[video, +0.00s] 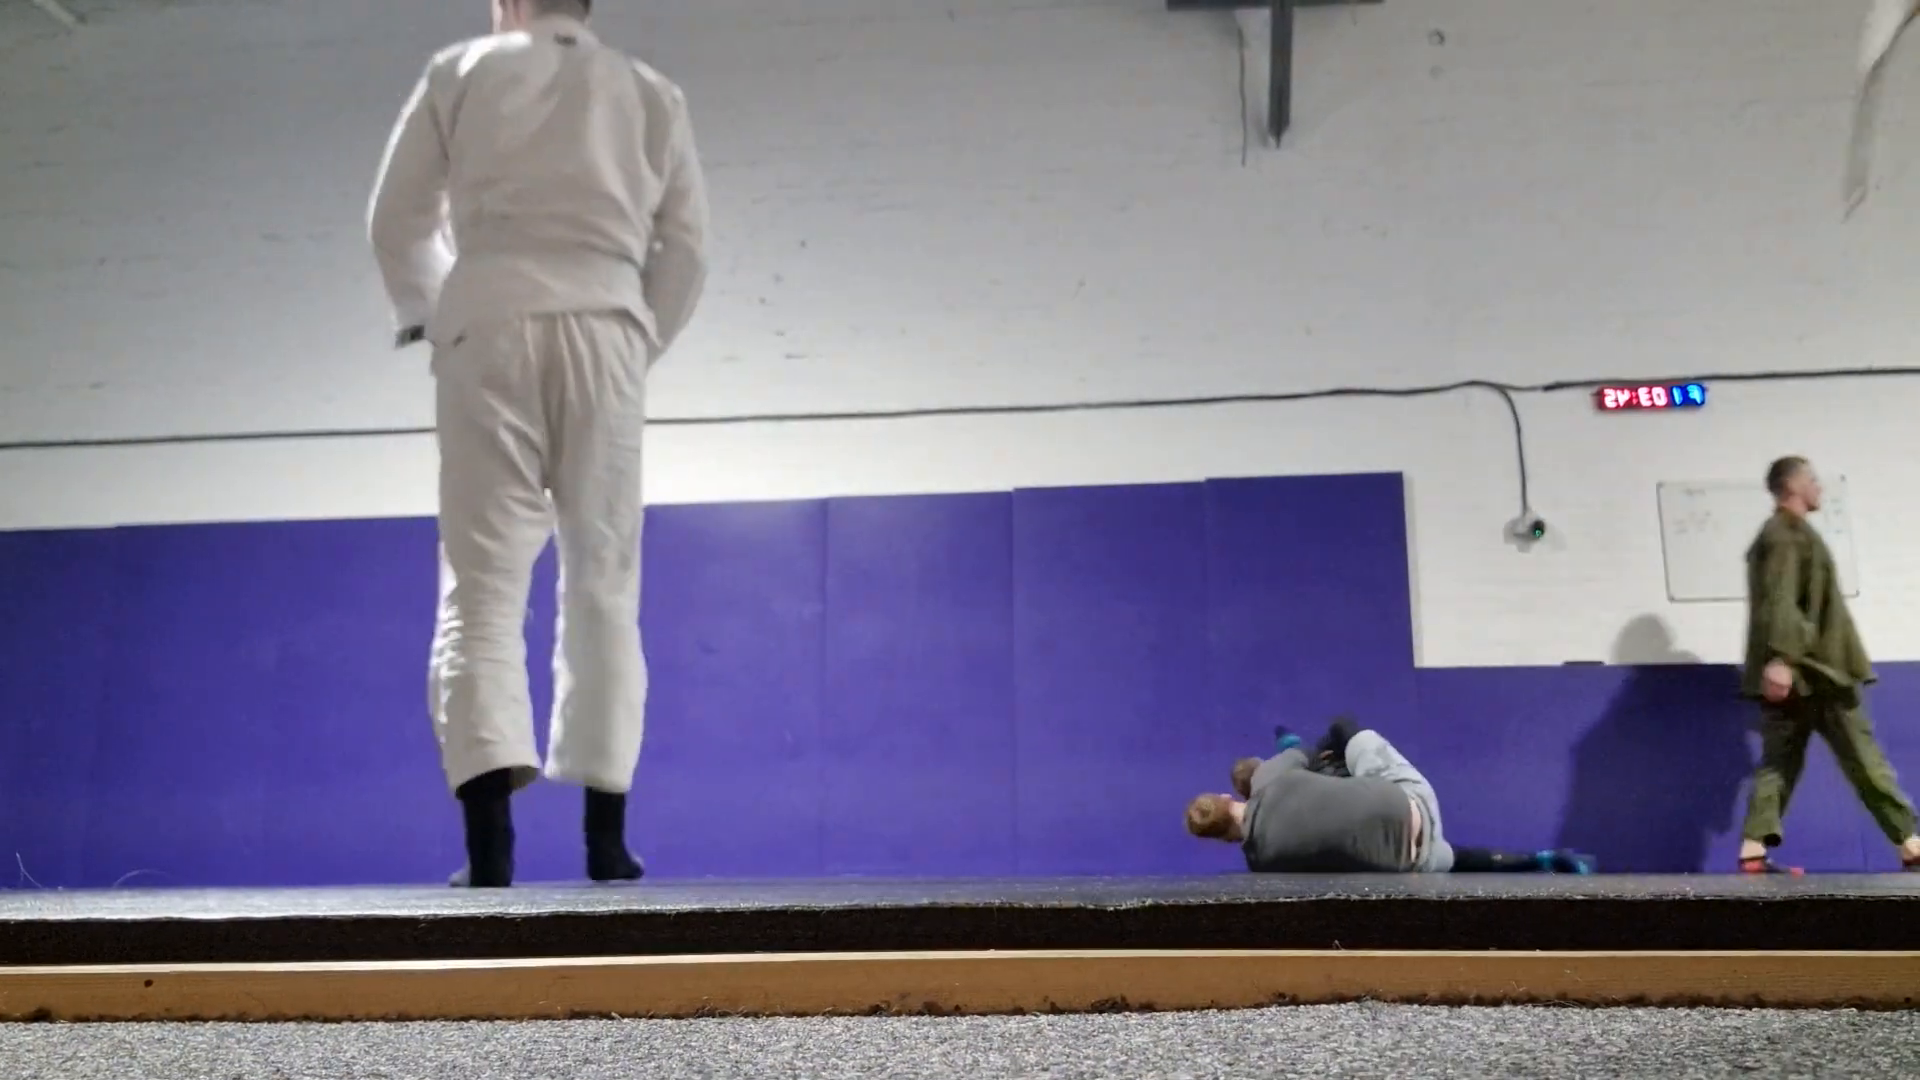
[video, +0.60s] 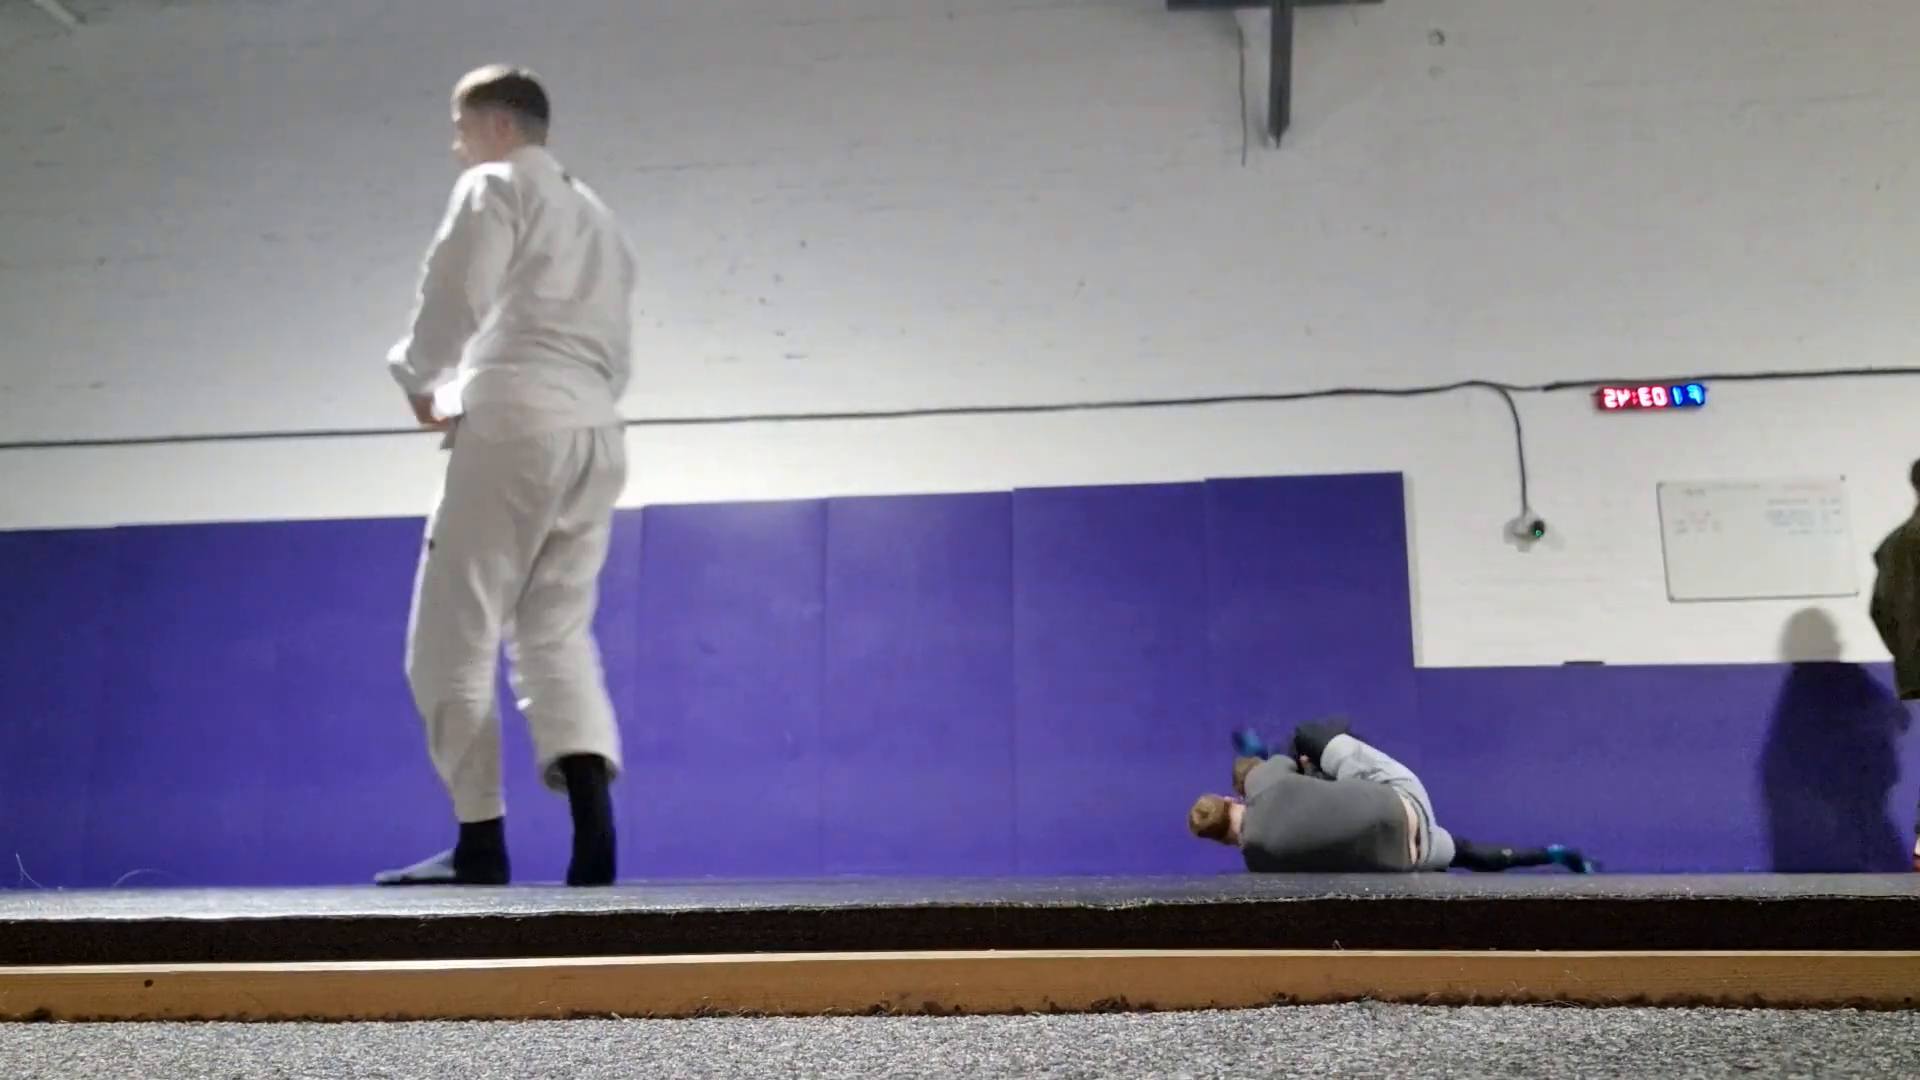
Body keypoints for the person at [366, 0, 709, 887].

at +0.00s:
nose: (492, 18)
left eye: (492, 10)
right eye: (499, 13)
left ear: (505, 8)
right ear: (587, 12)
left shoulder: (458, 72)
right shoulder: (652, 92)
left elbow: (396, 218)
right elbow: (685, 246)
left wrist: (436, 316)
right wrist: (635, 338)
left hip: (486, 323)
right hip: (606, 329)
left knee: (483, 579)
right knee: (604, 578)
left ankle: (488, 848)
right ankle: (607, 838)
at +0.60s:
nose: (458, 142)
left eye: (463, 126)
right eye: (458, 127)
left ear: (498, 121)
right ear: (535, 125)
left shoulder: (493, 185)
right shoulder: (601, 217)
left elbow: (457, 290)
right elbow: (610, 345)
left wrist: (415, 375)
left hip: (513, 418)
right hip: (599, 428)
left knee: (452, 630)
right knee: (556, 627)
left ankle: (479, 846)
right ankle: (595, 834)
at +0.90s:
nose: (441, 160)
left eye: (454, 145)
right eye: (437, 148)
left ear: (504, 149)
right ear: (466, 158)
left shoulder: (525, 216)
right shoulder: (482, 238)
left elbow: (527, 335)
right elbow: (471, 360)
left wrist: (450, 412)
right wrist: (433, 432)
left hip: (527, 457)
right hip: (504, 457)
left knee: (444, 651)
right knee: (456, 647)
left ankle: (484, 841)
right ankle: (502, 832)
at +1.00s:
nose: (451, 175)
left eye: (466, 162)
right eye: (445, 164)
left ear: (511, 170)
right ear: (442, 176)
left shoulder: (547, 244)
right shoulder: (456, 263)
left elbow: (566, 354)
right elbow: (427, 376)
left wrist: (488, 417)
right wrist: (401, 442)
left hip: (533, 476)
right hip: (487, 480)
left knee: (460, 661)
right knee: (440, 667)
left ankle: (483, 852)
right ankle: (475, 848)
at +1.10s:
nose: (458, 189)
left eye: (474, 176)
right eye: (448, 178)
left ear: (512, 187)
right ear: (439, 193)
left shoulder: (555, 266)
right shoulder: (436, 282)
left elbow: (593, 369)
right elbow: (397, 391)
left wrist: (532, 434)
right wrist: (383, 457)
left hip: (537, 483)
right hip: (467, 484)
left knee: (479, 657)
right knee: (431, 668)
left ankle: (487, 846)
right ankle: (474, 841)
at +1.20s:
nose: (467, 192)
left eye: (482, 179)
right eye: (456, 181)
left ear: (517, 191)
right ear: (445, 196)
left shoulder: (560, 273)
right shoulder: (425, 285)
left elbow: (614, 379)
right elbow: (381, 394)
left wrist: (564, 441)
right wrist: (386, 457)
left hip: (538, 490)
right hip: (462, 492)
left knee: (513, 663)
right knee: (439, 673)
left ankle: (503, 841)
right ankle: (476, 839)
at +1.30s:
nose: (490, 194)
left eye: (505, 182)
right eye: (478, 182)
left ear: (533, 196)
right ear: (461, 195)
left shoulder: (571, 281)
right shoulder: (427, 285)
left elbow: (621, 384)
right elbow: (380, 390)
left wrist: (582, 444)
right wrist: (394, 451)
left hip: (545, 495)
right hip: (461, 495)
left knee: (543, 667)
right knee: (448, 677)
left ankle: (548, 840)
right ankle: (476, 848)